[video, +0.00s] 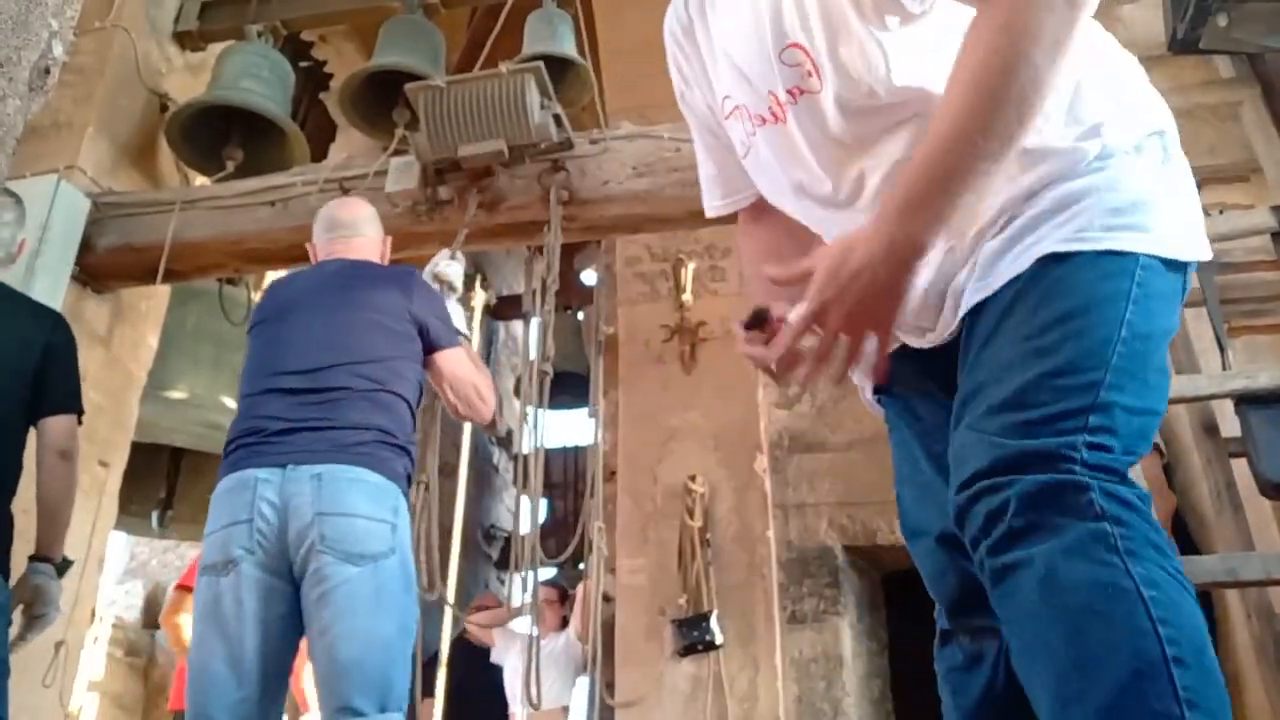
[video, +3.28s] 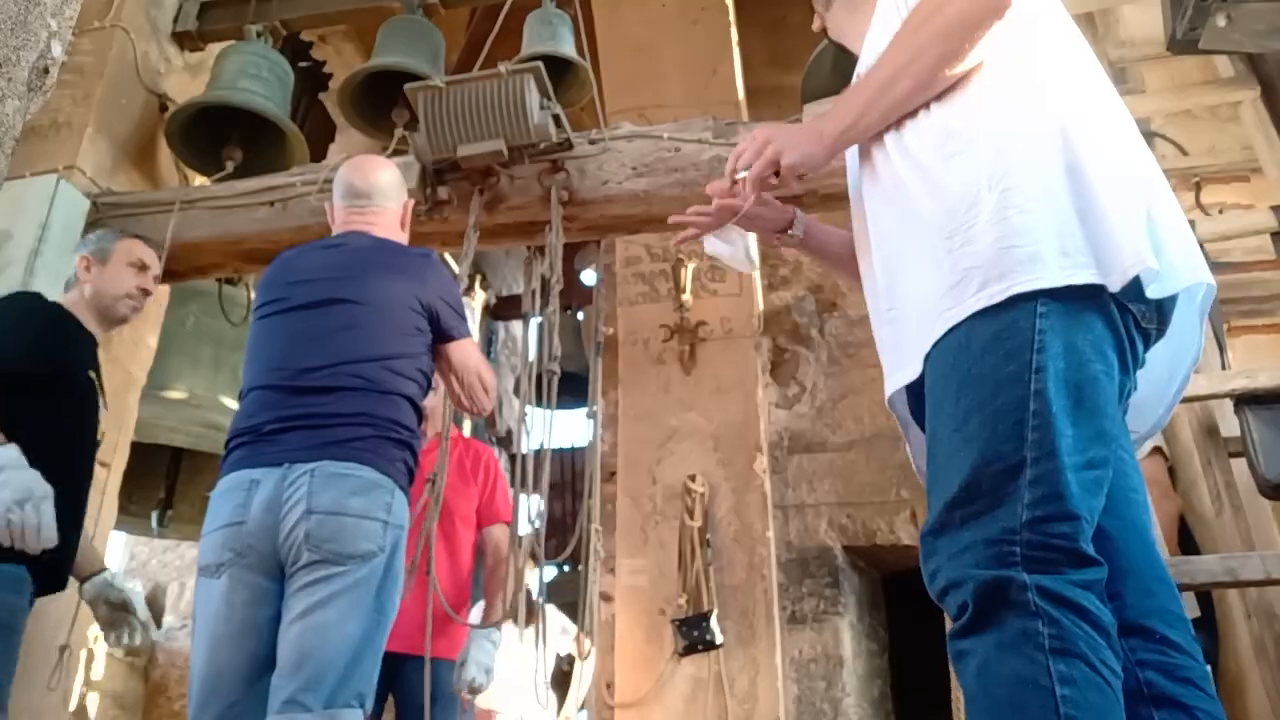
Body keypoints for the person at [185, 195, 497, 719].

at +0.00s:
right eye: (388, 245)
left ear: (312, 253)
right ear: (385, 247)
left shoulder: (272, 295)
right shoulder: (408, 285)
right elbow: (480, 404)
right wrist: (427, 353)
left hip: (242, 491)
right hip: (356, 488)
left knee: (224, 706)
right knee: (362, 708)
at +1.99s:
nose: (391, 215)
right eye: (391, 207)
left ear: (311, 216)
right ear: (385, 209)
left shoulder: (264, 270)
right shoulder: (406, 265)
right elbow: (473, 386)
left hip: (231, 488)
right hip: (345, 485)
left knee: (214, 709)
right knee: (309, 707)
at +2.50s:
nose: (413, 223)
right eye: (413, 217)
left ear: (332, 209)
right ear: (407, 219)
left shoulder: (276, 265)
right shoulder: (417, 264)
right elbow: (480, 386)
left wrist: (430, 369)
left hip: (233, 489)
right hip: (347, 488)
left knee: (217, 709)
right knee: (310, 707)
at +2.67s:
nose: (423, 232)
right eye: (424, 223)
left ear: (347, 207)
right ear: (420, 221)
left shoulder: (281, 265)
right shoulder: (421, 265)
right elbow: (489, 385)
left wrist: (432, 369)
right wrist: (438, 328)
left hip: (235, 489)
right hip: (348, 488)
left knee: (217, 709)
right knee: (309, 706)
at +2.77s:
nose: (419, 226)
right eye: (421, 219)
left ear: (341, 209)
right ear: (415, 220)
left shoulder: (278, 267)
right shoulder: (423, 267)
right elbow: (489, 390)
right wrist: (454, 339)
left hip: (239, 487)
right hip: (354, 487)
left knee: (217, 707)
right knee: (313, 706)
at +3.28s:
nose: (411, 217)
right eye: (412, 211)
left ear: (330, 215)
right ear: (406, 214)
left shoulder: (277, 271)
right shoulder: (424, 269)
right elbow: (481, 399)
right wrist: (443, 340)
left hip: (241, 487)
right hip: (354, 487)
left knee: (218, 708)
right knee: (313, 708)